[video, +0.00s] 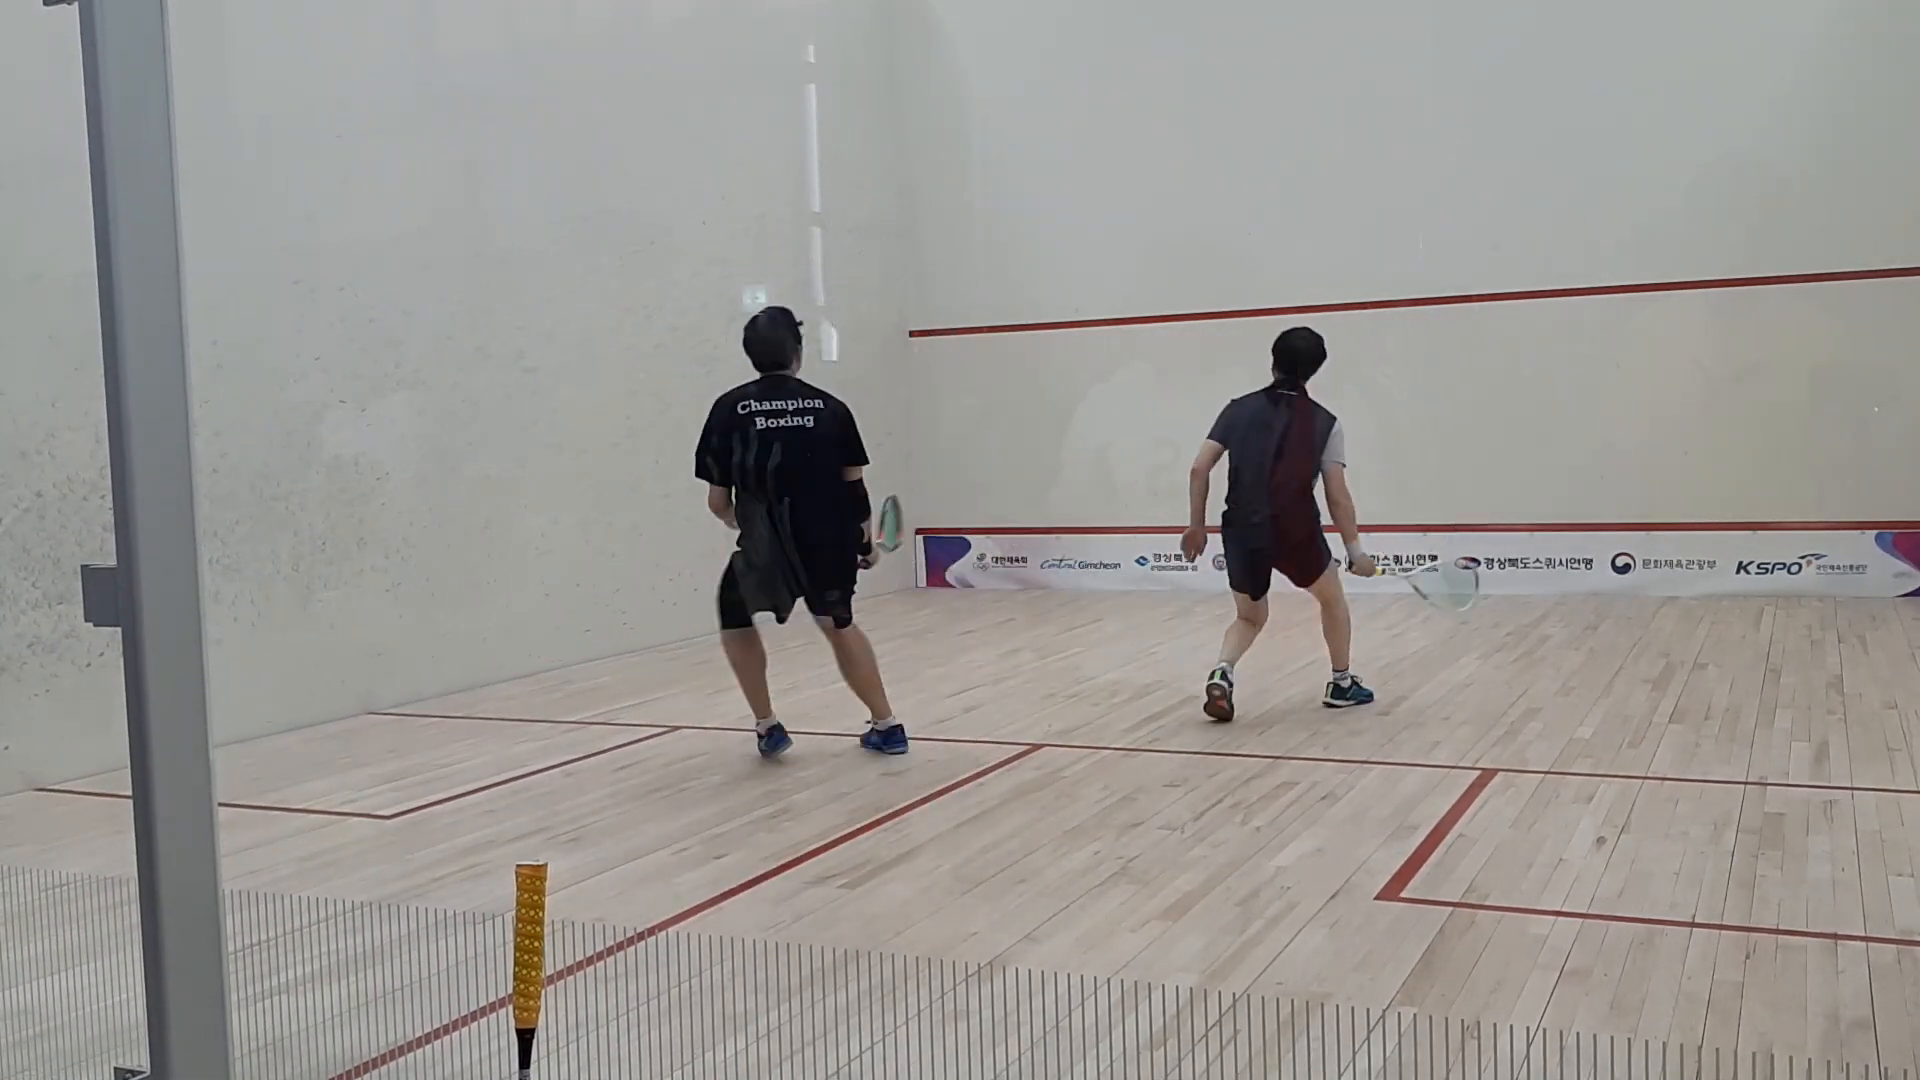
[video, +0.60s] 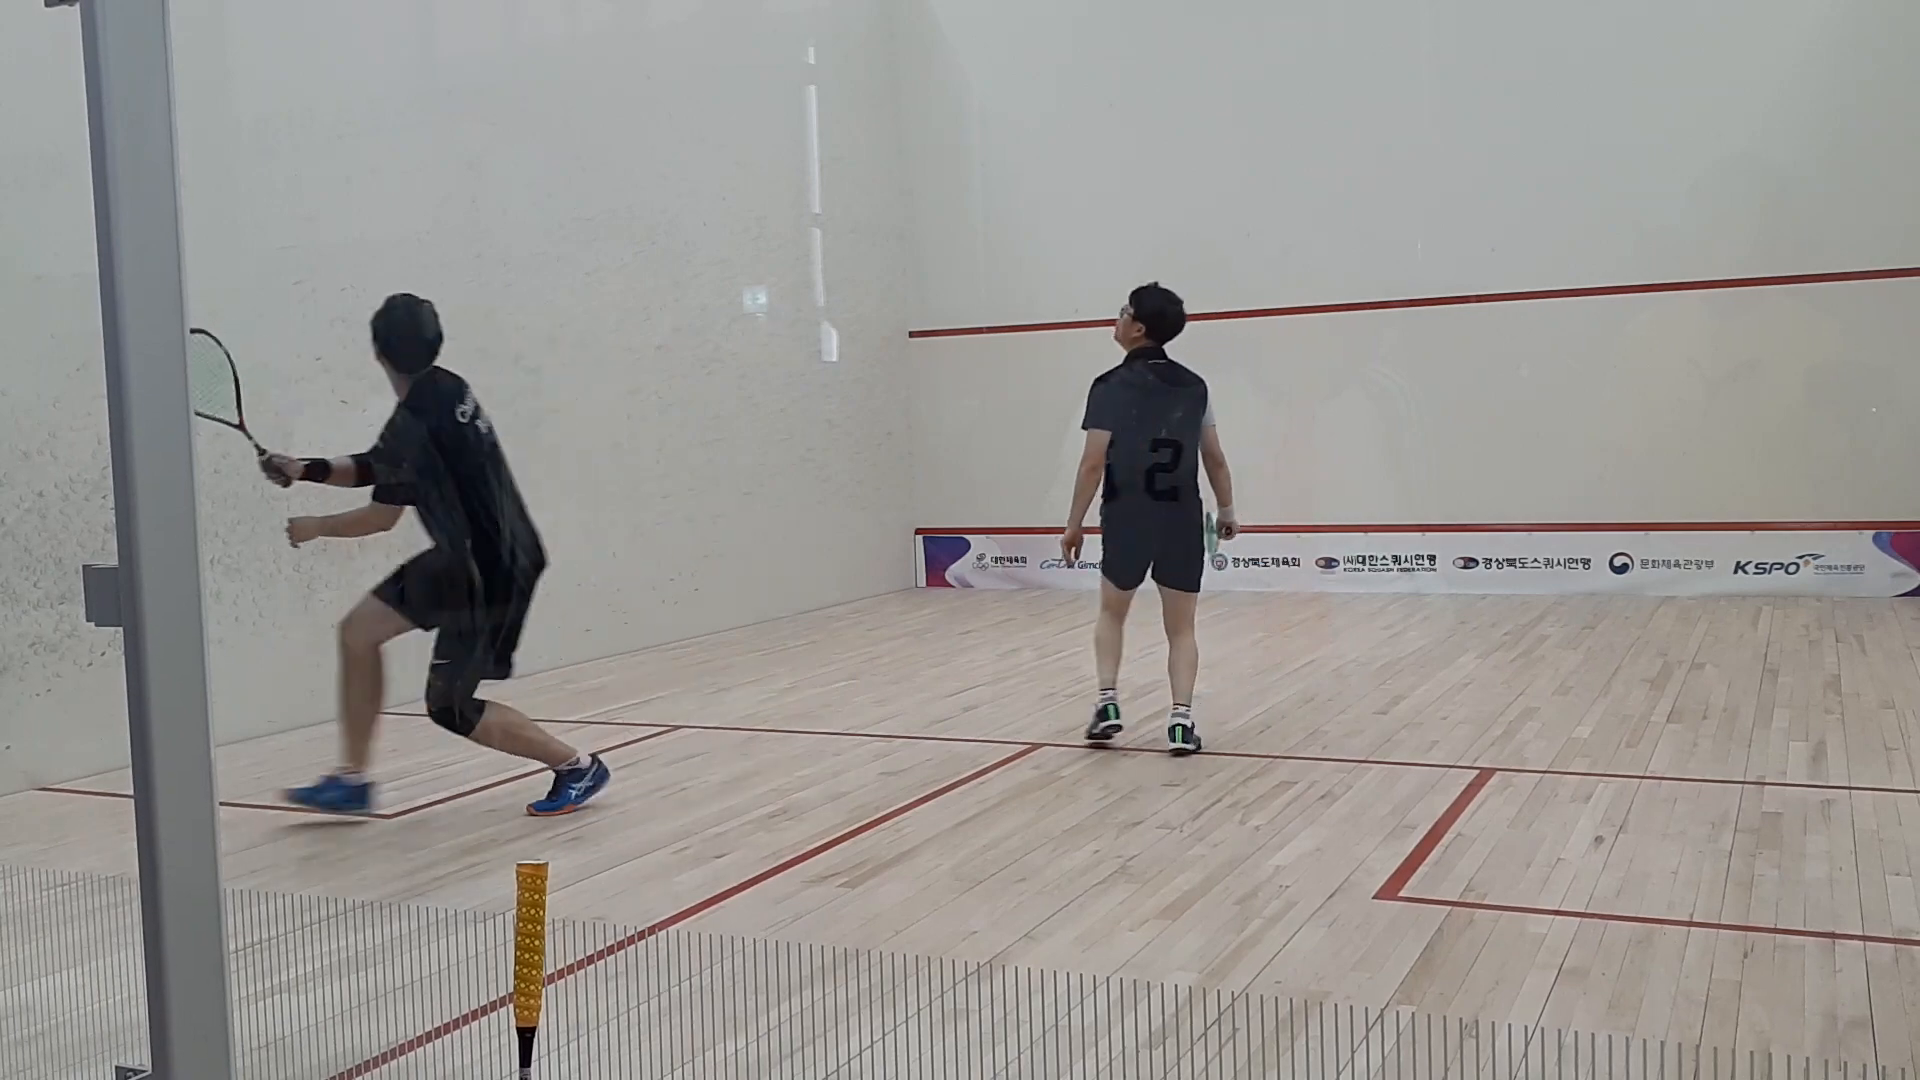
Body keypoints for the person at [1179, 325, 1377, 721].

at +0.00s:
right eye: (1317, 364)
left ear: (1274, 361)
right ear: (1314, 368)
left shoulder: (1238, 409)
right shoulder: (1324, 422)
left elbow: (1199, 468)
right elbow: (1336, 494)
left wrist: (1196, 526)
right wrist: (1355, 551)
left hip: (1240, 533)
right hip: (1296, 534)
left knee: (1249, 617)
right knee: (1331, 598)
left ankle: (1222, 673)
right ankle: (1342, 681)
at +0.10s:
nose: (1242, 344)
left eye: (1245, 339)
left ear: (1246, 347)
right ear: (1288, 355)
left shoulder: (1211, 398)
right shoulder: (1297, 409)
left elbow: (1178, 462)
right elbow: (1309, 481)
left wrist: (1177, 519)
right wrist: (1326, 540)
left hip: (1218, 526)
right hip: (1272, 527)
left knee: (1232, 614)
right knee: (1312, 602)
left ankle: (1211, 688)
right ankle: (1336, 679)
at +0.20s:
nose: (1214, 332)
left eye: (1217, 328)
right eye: (1218, 326)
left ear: (1219, 340)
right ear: (1259, 347)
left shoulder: (1184, 392)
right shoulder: (1272, 401)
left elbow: (1154, 460)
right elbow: (1288, 475)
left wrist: (1150, 514)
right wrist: (1307, 533)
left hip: (1197, 522)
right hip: (1253, 520)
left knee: (1216, 610)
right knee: (1295, 594)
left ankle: (1207, 695)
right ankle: (1306, 685)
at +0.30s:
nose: (1188, 320)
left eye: (1192, 318)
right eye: (1192, 315)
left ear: (1198, 331)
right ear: (1233, 335)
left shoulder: (1162, 383)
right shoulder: (1254, 388)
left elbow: (1137, 453)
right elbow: (1271, 462)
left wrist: (1129, 508)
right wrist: (1290, 516)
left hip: (1182, 514)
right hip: (1235, 512)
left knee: (1205, 607)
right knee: (1266, 598)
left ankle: (1207, 699)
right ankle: (1251, 678)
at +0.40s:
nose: (1166, 305)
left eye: (1171, 301)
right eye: (1170, 298)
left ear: (1180, 316)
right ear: (1211, 319)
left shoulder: (1147, 369)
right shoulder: (1234, 371)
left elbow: (1130, 442)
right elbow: (1254, 443)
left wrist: (1116, 500)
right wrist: (1270, 497)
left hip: (1163, 504)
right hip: (1215, 503)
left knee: (1183, 606)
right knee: (1220, 608)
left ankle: (1203, 699)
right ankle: (1205, 686)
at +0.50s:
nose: (1143, 310)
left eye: (1149, 307)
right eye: (1148, 303)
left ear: (1160, 321)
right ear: (1189, 325)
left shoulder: (1131, 375)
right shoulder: (1214, 376)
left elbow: (1117, 451)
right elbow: (1234, 444)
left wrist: (1100, 509)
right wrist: (1247, 495)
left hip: (1143, 512)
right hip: (1196, 513)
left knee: (1154, 605)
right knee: (1193, 621)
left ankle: (1165, 699)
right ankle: (1185, 708)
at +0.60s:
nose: (1118, 319)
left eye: (1125, 315)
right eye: (1124, 312)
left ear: (1138, 329)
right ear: (1164, 333)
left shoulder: (1109, 385)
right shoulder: (1193, 384)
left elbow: (1094, 464)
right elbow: (1213, 456)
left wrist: (1074, 523)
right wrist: (1226, 509)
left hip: (1127, 523)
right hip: (1183, 523)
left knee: (1112, 610)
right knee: (1181, 628)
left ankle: (1107, 703)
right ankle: (1181, 719)